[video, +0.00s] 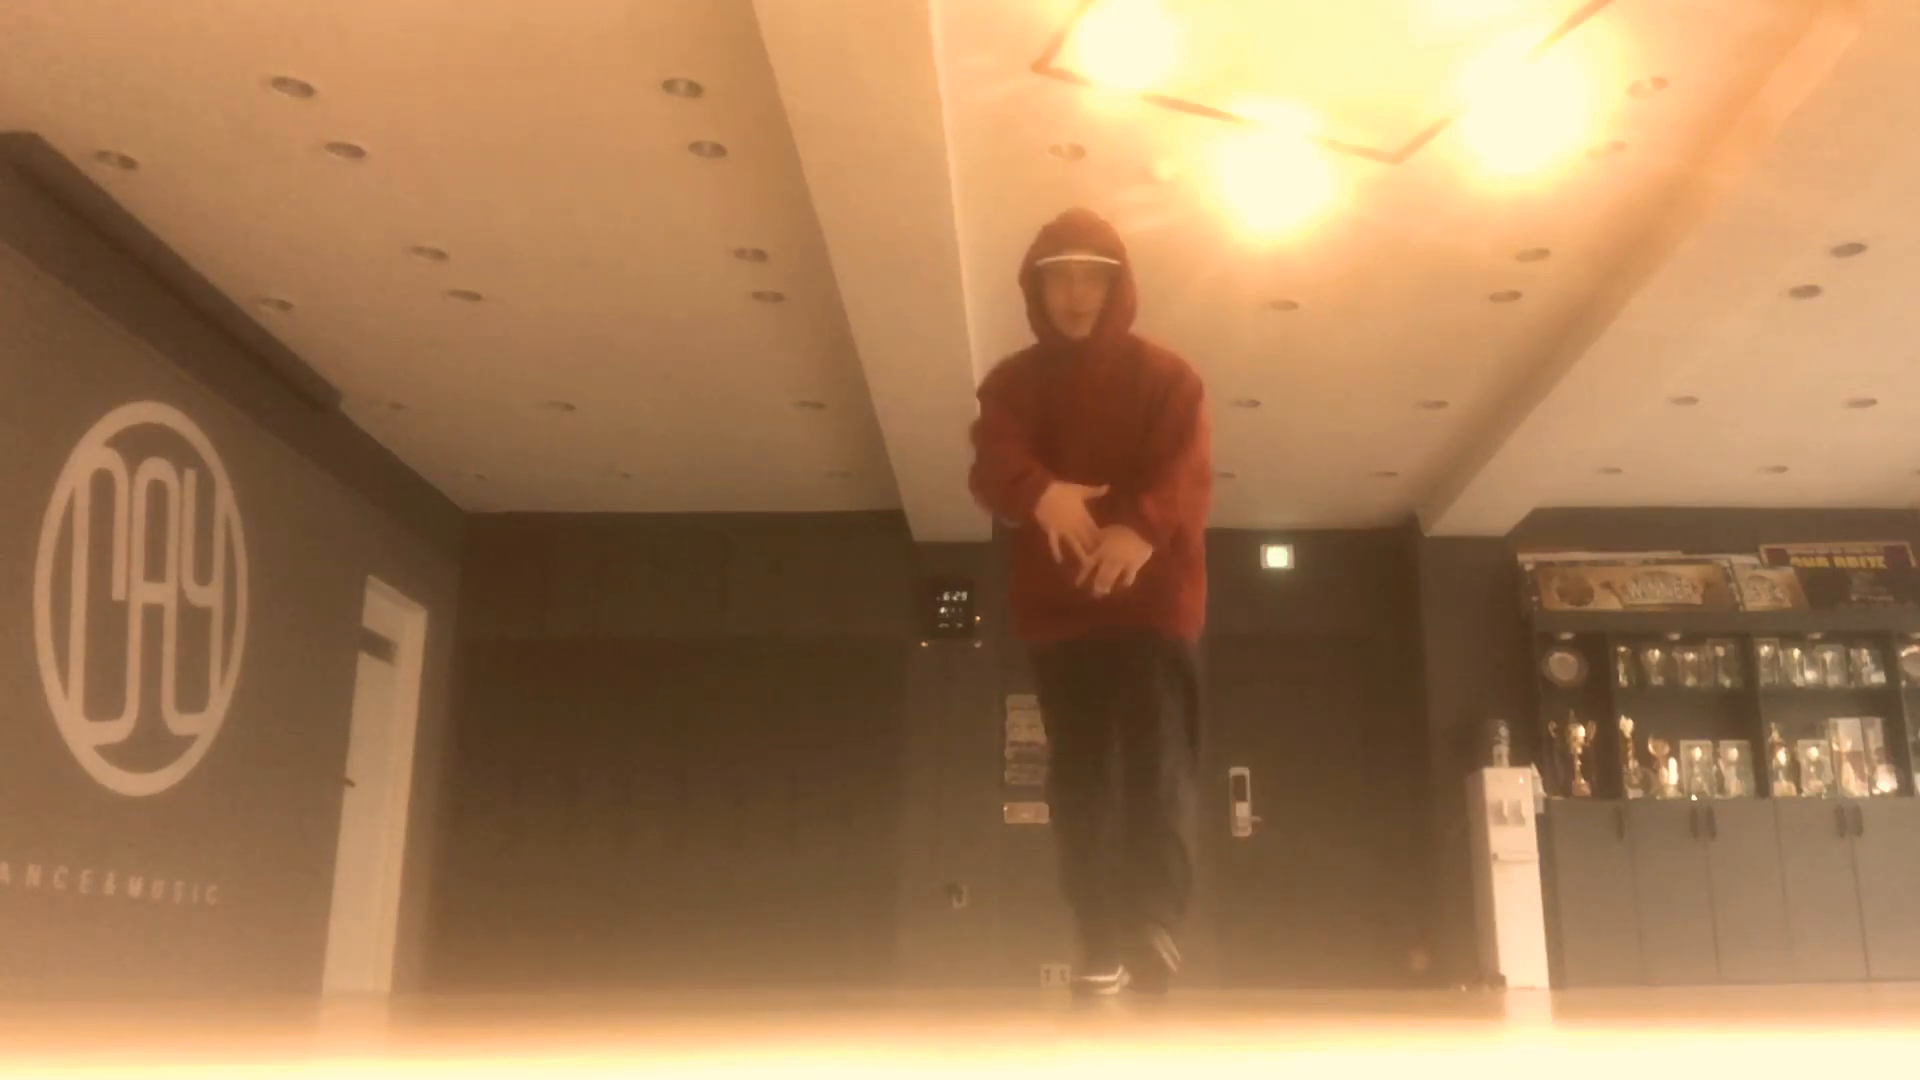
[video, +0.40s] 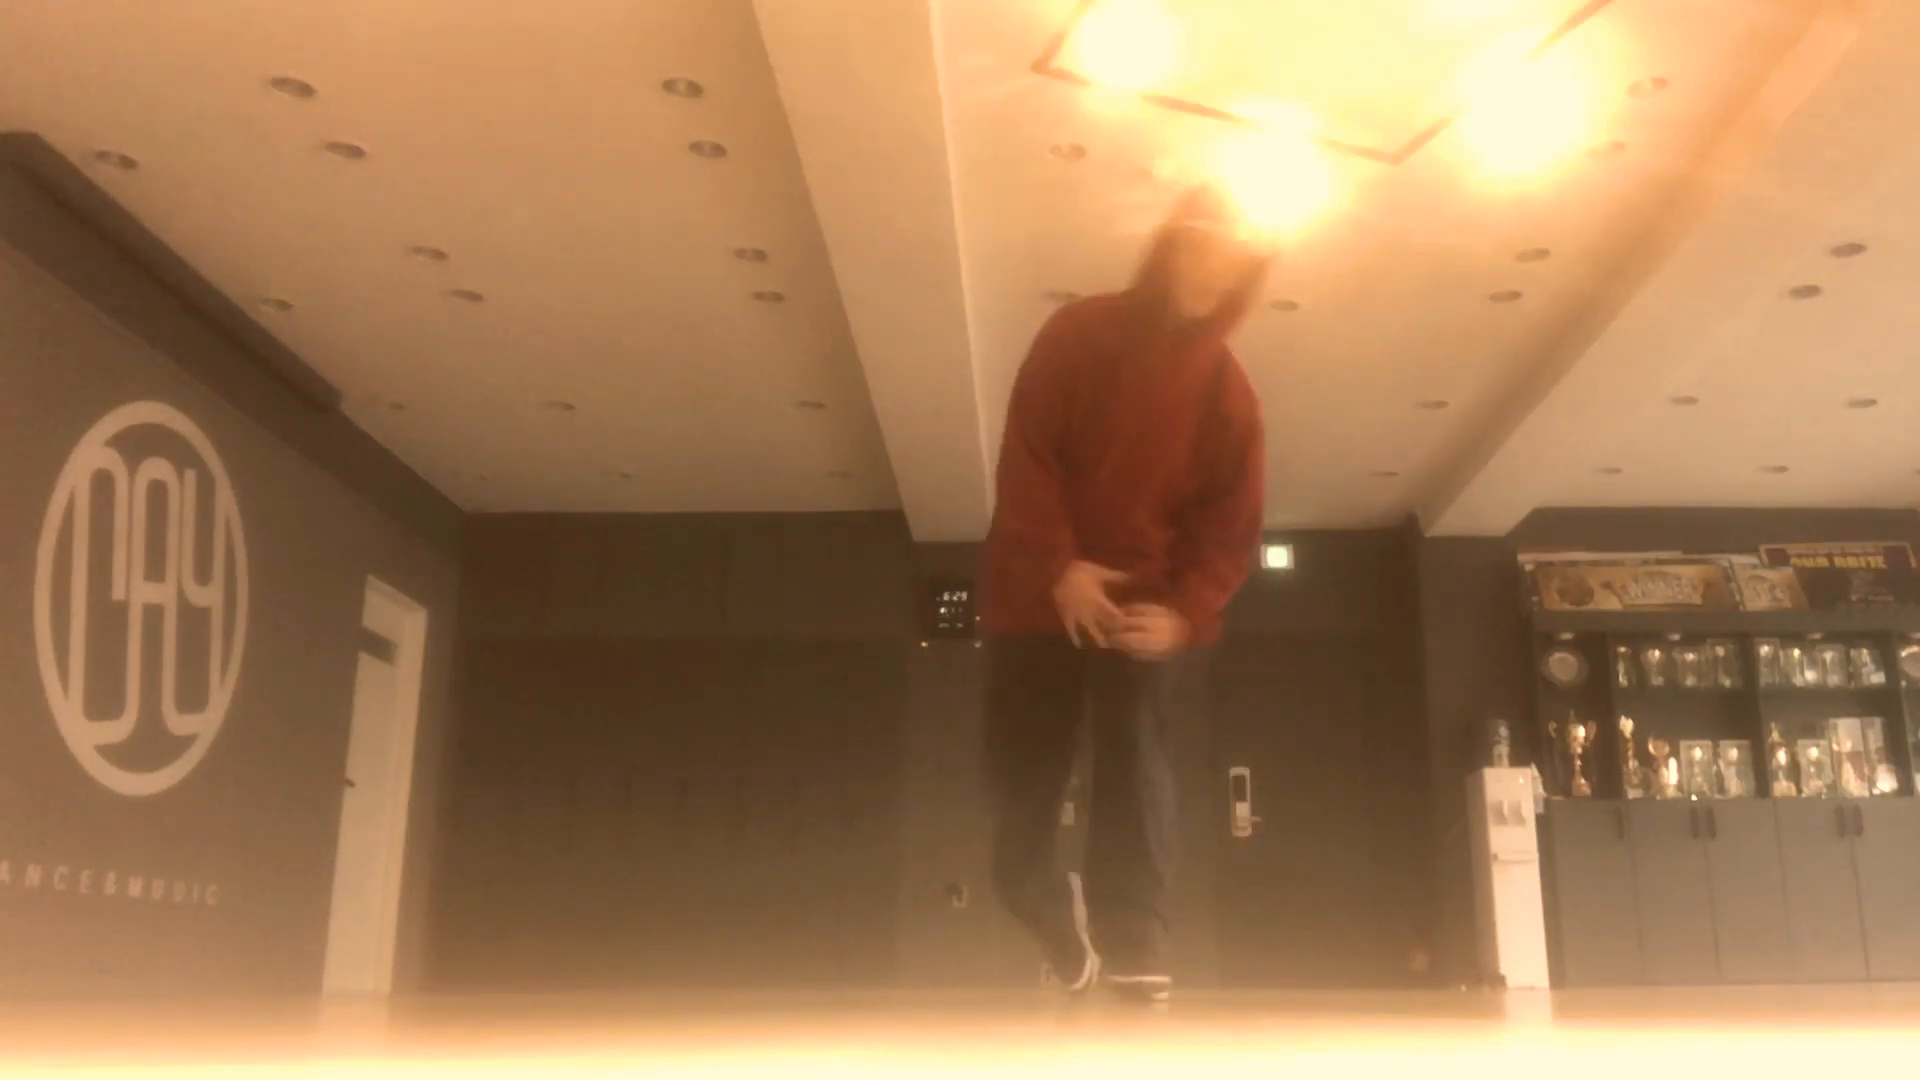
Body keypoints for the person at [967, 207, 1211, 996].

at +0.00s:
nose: (1072, 295)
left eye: (1089, 278)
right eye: (1056, 278)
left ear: (1116, 286)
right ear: (1034, 289)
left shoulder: (1167, 377)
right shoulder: (1011, 382)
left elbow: (1186, 472)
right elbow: (992, 465)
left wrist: (1141, 529)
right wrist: (1042, 492)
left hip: (1152, 612)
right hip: (1060, 614)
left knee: (1158, 766)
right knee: (1079, 774)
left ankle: (1157, 923)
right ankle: (1099, 940)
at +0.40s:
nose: (1205, 273)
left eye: (1225, 261)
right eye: (1196, 251)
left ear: (1241, 280)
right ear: (1164, 251)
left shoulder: (1226, 387)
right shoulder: (1078, 332)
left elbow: (1232, 522)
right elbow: (1025, 457)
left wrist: (1184, 612)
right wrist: (1058, 564)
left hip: (1145, 602)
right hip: (1040, 584)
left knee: (1134, 768)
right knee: (1029, 764)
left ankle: (1137, 945)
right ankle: (1050, 921)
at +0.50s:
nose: (1236, 269)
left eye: (1257, 257)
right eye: (1228, 243)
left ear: (1269, 278)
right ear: (1191, 238)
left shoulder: (1235, 392)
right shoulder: (1095, 315)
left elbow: (1239, 530)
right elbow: (1017, 414)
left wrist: (1270, 632)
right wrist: (989, 519)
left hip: (1139, 589)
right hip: (1034, 574)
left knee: (1134, 745)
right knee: (1013, 753)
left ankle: (1135, 939)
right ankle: (1003, 917)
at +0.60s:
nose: (1223, 248)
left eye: (1244, 236)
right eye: (1213, 224)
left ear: (1257, 267)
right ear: (1179, 229)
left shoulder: (1241, 386)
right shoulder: (1106, 298)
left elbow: (1288, 523)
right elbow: (999, 359)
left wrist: (1365, 607)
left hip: (1148, 599)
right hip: (1029, 575)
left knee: (1148, 768)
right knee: (978, 752)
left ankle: (1138, 945)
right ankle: (926, 923)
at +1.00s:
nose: (1201, 241)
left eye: (1218, 227)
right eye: (1185, 220)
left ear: (1232, 248)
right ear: (1145, 223)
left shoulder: (1234, 372)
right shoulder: (1086, 302)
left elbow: (1297, 495)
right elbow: (981, 366)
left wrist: (1366, 580)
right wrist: (939, 411)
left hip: (1181, 592)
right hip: (1070, 558)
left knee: (1162, 771)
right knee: (1044, 727)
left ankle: (1110, 941)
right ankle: (892, 884)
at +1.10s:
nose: (1189, 234)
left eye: (1206, 216)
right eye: (1169, 214)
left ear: (1224, 234)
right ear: (1132, 223)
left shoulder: (1232, 359)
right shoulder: (1078, 320)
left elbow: (1265, 490)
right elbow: (1020, 444)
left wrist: (1283, 603)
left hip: (1186, 598)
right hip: (1089, 573)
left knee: (1156, 774)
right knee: (1116, 686)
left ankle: (1112, 945)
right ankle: (975, 871)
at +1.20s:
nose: (1154, 218)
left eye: (1172, 197)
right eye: (1133, 200)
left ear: (1202, 212)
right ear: (1105, 216)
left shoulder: (1236, 339)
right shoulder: (1061, 321)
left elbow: (1253, 475)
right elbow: (1017, 453)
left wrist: (1218, 561)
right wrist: (1031, 565)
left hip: (1195, 575)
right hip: (1087, 556)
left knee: (1182, 752)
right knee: (1148, 664)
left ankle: (1116, 936)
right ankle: (1063, 889)